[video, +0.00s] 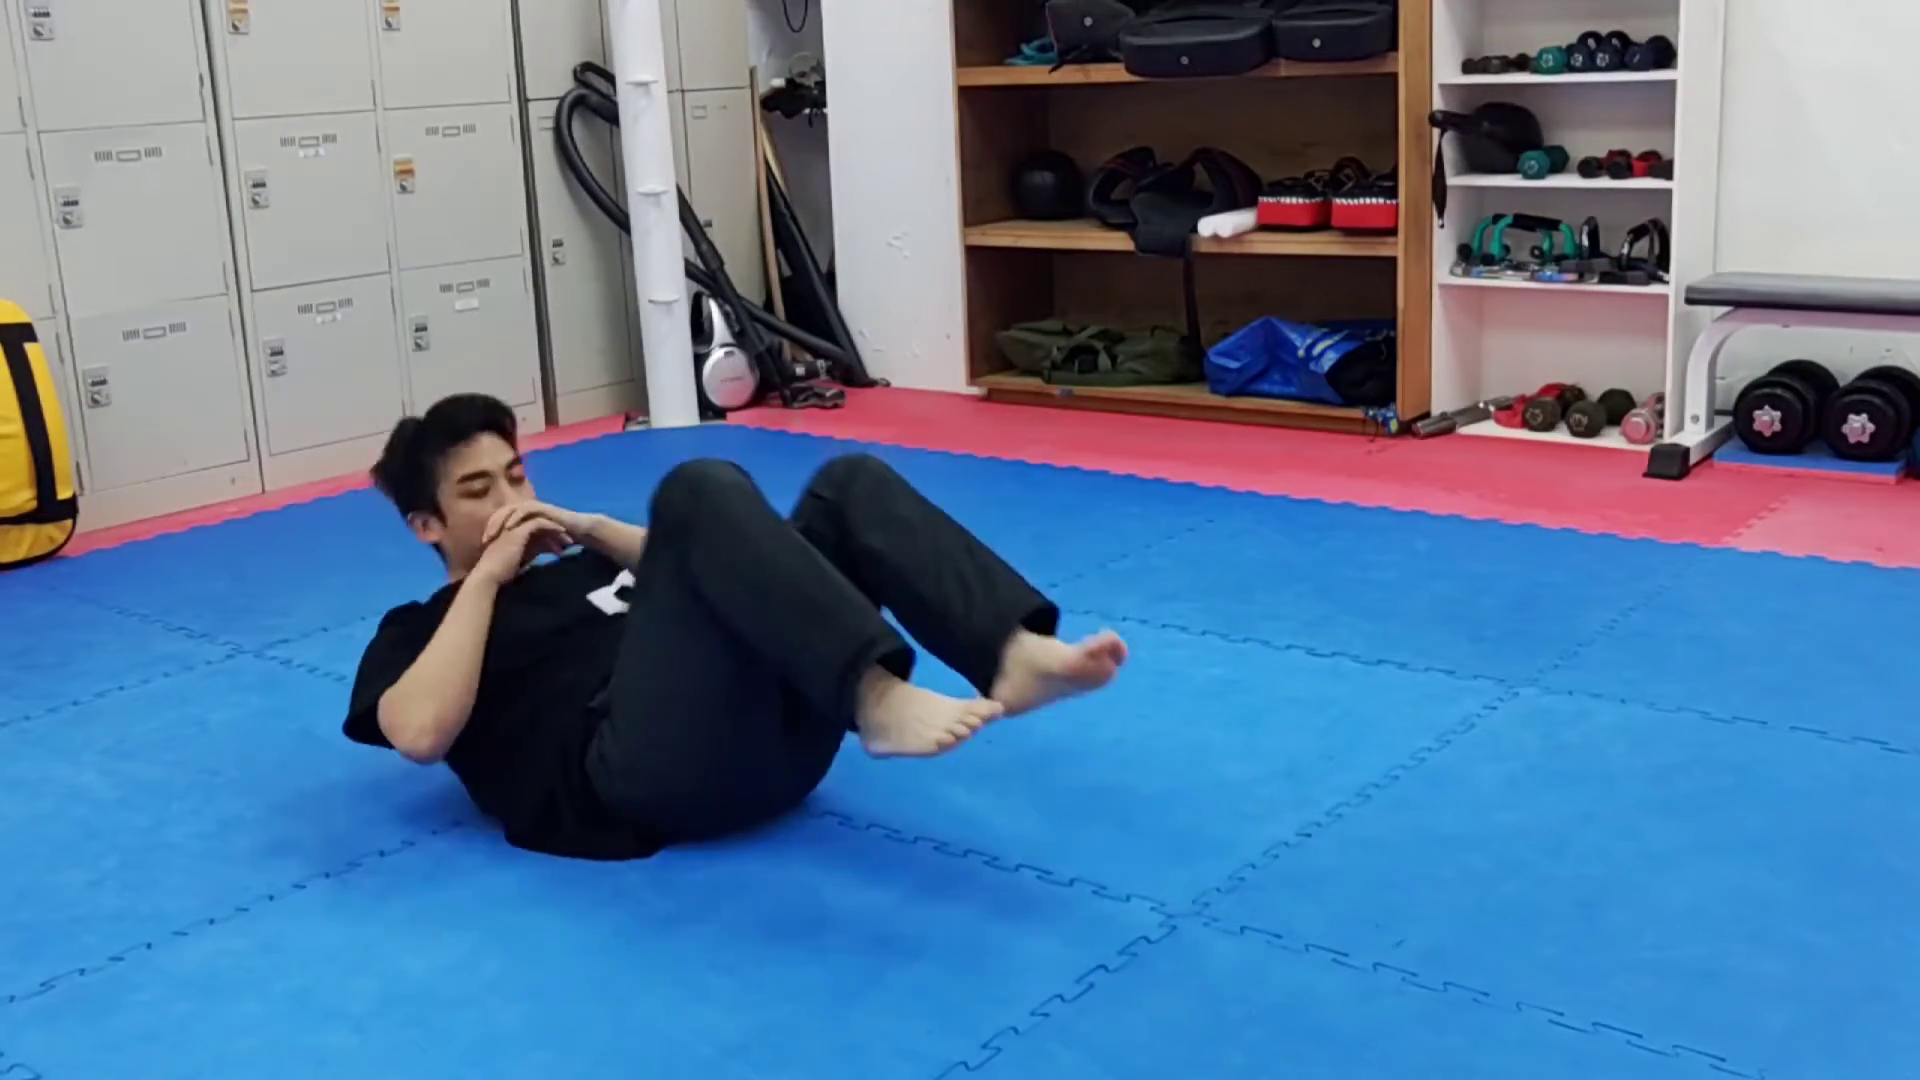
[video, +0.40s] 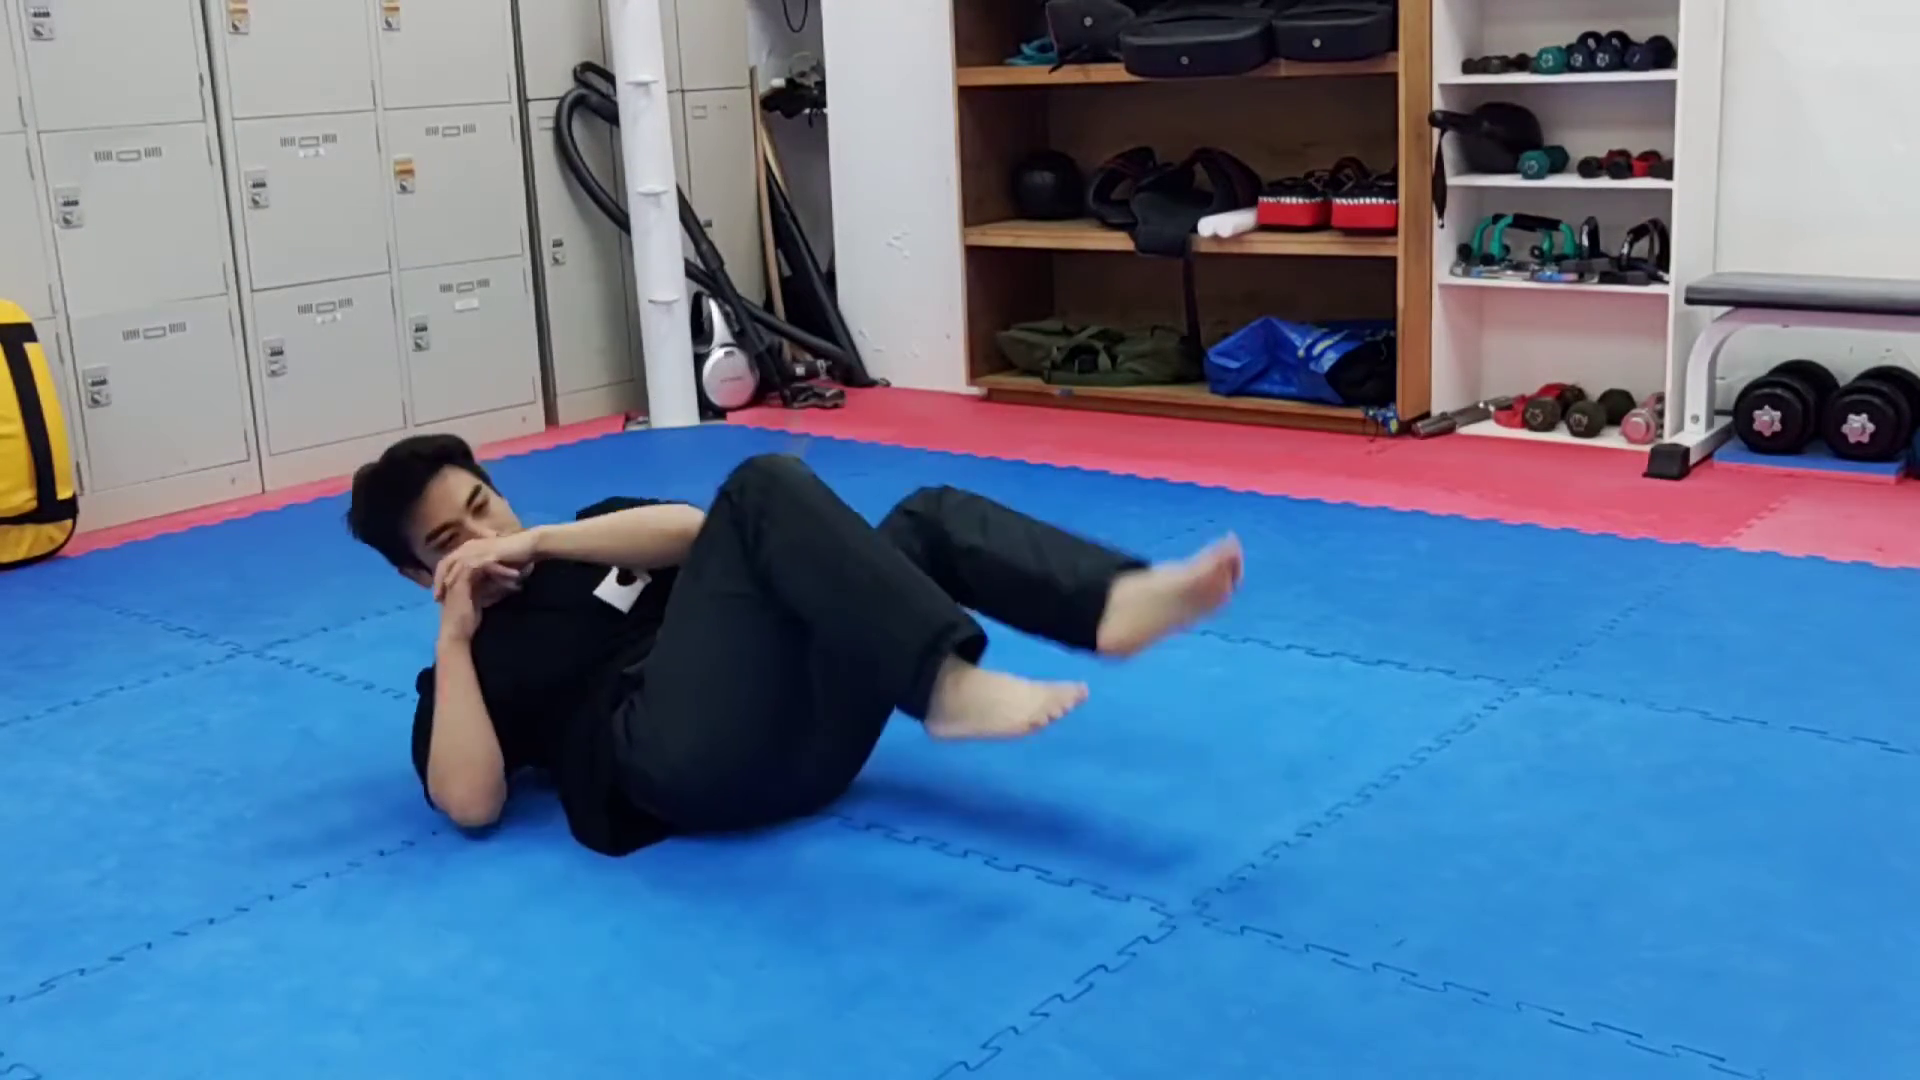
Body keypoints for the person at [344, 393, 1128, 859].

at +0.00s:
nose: (504, 501)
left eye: (513, 479)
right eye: (474, 491)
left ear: (531, 489)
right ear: (428, 522)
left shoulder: (590, 578)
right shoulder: (414, 632)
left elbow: (694, 580)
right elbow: (421, 733)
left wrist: (594, 533)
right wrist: (485, 580)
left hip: (766, 746)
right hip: (647, 783)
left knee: (847, 482)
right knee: (698, 487)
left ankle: (1011, 651)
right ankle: (875, 698)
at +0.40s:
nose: (480, 532)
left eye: (478, 506)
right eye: (448, 534)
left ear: (500, 494)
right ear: (420, 568)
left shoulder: (587, 562)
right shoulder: (452, 675)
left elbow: (695, 528)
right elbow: (471, 806)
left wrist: (538, 542)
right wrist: (455, 642)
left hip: (802, 730)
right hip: (693, 769)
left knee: (928, 514)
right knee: (764, 486)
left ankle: (1110, 598)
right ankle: (940, 680)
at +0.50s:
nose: (478, 539)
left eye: (476, 517)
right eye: (446, 540)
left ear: (494, 520)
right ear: (414, 583)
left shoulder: (586, 584)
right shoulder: (451, 685)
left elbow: (675, 533)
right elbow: (446, 784)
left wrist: (530, 528)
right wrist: (438, 626)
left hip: (792, 720)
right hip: (687, 761)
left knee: (875, 481)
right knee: (701, 465)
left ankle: (1078, 496)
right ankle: (912, 610)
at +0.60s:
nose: (478, 553)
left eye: (475, 535)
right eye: (451, 552)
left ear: (492, 546)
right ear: (412, 598)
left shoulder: (574, 593)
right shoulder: (443, 699)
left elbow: (659, 527)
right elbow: (422, 758)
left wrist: (532, 517)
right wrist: (428, 602)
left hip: (783, 694)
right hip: (680, 741)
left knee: (803, 434)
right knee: (649, 445)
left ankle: (1025, 430)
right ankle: (888, 556)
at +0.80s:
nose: (485, 555)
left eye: (487, 536)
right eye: (451, 550)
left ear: (506, 549)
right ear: (409, 601)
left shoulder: (576, 616)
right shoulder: (424, 699)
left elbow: (690, 546)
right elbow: (452, 656)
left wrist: (592, 517)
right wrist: (493, 539)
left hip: (765, 652)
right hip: (676, 718)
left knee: (740, 382)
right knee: (628, 438)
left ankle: (978, 452)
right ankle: (884, 548)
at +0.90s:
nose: (506, 541)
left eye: (505, 528)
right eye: (473, 535)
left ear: (517, 546)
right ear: (425, 590)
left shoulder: (580, 607)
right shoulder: (432, 673)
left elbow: (707, 586)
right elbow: (497, 641)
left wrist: (639, 526)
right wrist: (552, 528)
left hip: (772, 674)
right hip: (688, 738)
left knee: (767, 406)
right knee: (661, 471)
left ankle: (985, 512)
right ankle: (913, 585)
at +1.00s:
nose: (535, 513)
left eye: (531, 499)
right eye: (504, 506)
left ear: (544, 521)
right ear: (455, 554)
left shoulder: (589, 605)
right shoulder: (447, 643)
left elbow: (687, 644)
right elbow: (543, 629)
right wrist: (602, 530)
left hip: (807, 693)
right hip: (732, 747)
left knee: (821, 445)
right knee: (709, 501)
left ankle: (1017, 579)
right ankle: (948, 645)